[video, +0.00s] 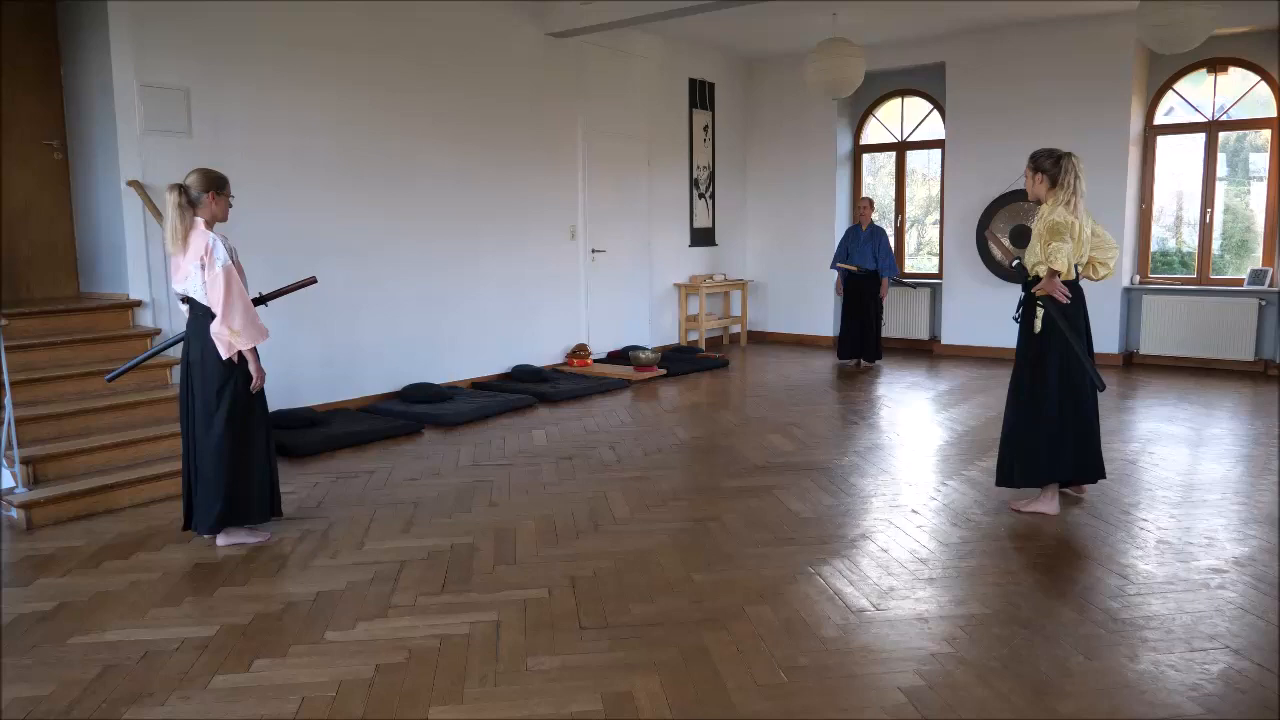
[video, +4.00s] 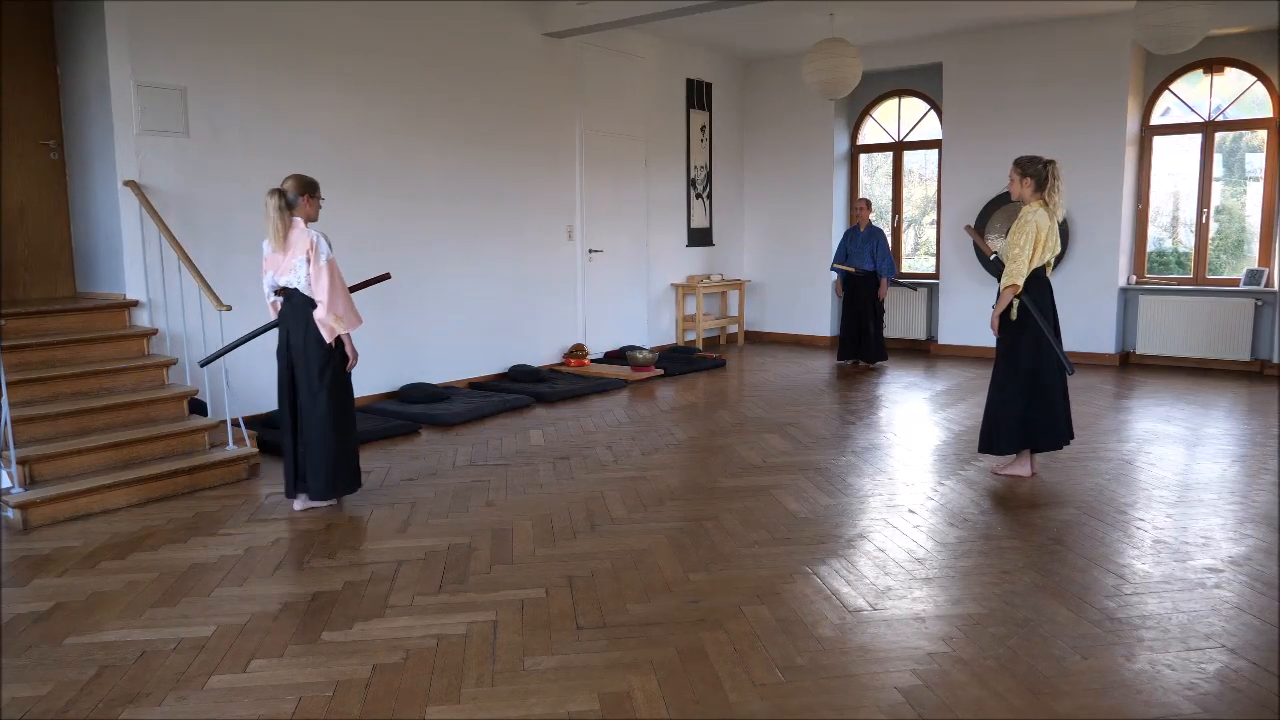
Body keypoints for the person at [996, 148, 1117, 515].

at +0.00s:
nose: (1025, 185)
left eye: (1027, 178)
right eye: (1025, 178)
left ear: (1041, 178)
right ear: (1059, 179)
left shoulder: (1050, 215)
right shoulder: (1078, 215)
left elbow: (1057, 256)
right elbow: (1105, 254)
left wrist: (1048, 280)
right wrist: (1074, 271)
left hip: (1048, 314)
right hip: (1073, 311)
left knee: (1046, 397)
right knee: (1072, 394)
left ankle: (1048, 495)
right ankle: (1076, 477)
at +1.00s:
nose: (1038, 190)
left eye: (1042, 184)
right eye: (1038, 184)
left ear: (1061, 185)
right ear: (1068, 187)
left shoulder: (1068, 214)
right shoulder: (1086, 216)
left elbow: (1070, 246)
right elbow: (1109, 256)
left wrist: (1062, 275)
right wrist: (1085, 271)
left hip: (1053, 304)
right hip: (1079, 303)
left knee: (1033, 379)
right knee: (1083, 381)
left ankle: (1024, 463)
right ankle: (1094, 467)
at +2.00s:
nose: (1023, 183)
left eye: (1027, 178)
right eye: (1024, 177)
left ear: (1042, 182)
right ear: (1047, 183)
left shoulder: (1037, 216)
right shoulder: (1053, 214)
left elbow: (1025, 268)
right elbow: (1026, 257)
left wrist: (1004, 309)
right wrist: (996, 245)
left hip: (1030, 302)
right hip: (1041, 298)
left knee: (1027, 375)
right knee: (1029, 375)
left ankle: (1026, 458)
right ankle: (1019, 453)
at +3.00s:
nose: (1013, 184)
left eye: (1016, 178)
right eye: (1014, 178)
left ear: (1032, 182)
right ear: (1036, 182)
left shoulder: (1032, 217)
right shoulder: (1050, 213)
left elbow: (1021, 267)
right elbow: (1019, 255)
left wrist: (1002, 308)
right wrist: (987, 243)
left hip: (1028, 301)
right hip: (1042, 298)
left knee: (1025, 375)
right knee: (1034, 375)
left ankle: (1025, 459)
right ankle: (1026, 455)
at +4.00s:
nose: (1008, 185)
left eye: (1012, 180)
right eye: (1009, 179)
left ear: (1027, 183)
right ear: (1032, 183)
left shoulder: (1029, 218)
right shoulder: (1045, 215)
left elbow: (1017, 268)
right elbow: (1013, 257)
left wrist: (998, 308)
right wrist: (983, 243)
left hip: (1024, 302)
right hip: (1038, 299)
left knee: (1022, 376)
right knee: (1029, 376)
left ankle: (1023, 459)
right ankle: (1023, 455)